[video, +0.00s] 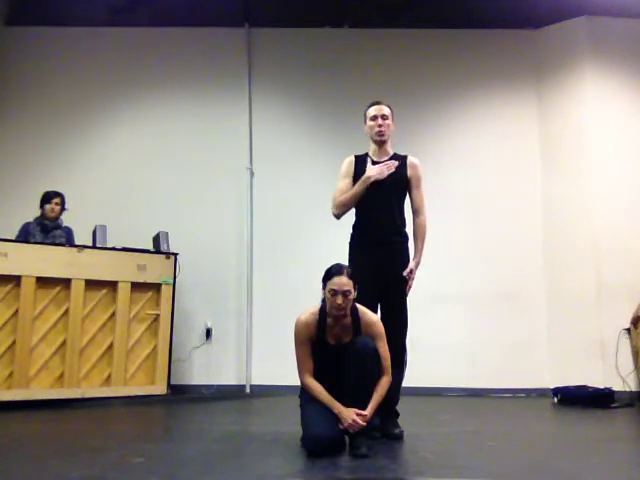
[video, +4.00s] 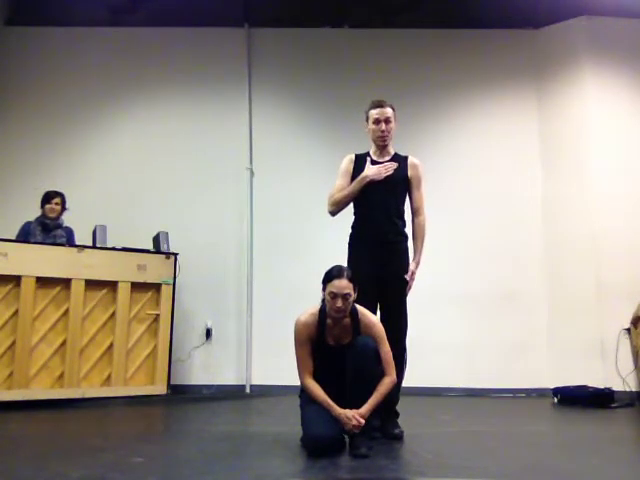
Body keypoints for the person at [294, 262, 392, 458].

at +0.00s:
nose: (339, 301)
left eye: (346, 294)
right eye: (333, 294)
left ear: (354, 294)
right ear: (324, 292)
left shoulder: (371, 323)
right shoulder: (306, 324)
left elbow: (386, 375)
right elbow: (306, 378)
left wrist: (367, 413)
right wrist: (341, 411)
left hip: (355, 392)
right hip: (320, 392)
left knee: (365, 347)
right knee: (321, 445)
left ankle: (359, 432)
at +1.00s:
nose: (340, 302)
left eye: (347, 295)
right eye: (333, 294)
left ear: (355, 293)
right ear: (324, 292)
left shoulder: (371, 323)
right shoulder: (306, 324)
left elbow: (386, 375)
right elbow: (306, 378)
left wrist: (367, 413)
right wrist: (341, 411)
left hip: (355, 392)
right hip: (320, 393)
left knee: (365, 347)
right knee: (321, 445)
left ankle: (359, 432)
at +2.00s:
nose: (340, 302)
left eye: (347, 295)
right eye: (334, 295)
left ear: (356, 294)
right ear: (325, 292)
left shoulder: (371, 323)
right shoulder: (307, 323)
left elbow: (387, 375)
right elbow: (306, 378)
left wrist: (366, 413)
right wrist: (341, 411)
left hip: (356, 393)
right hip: (321, 394)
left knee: (365, 347)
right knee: (322, 444)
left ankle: (360, 433)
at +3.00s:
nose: (339, 304)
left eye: (346, 297)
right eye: (333, 296)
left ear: (355, 295)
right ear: (324, 293)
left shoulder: (370, 323)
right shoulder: (307, 324)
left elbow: (391, 377)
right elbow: (306, 379)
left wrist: (362, 414)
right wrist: (338, 413)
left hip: (356, 393)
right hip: (321, 396)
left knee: (365, 346)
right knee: (320, 445)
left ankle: (360, 434)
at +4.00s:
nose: (339, 304)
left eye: (346, 297)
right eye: (333, 296)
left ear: (354, 295)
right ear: (323, 293)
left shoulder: (369, 323)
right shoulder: (306, 324)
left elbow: (391, 377)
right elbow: (306, 378)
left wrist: (362, 413)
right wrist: (338, 413)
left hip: (355, 392)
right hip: (320, 394)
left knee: (365, 347)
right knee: (321, 444)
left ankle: (360, 433)